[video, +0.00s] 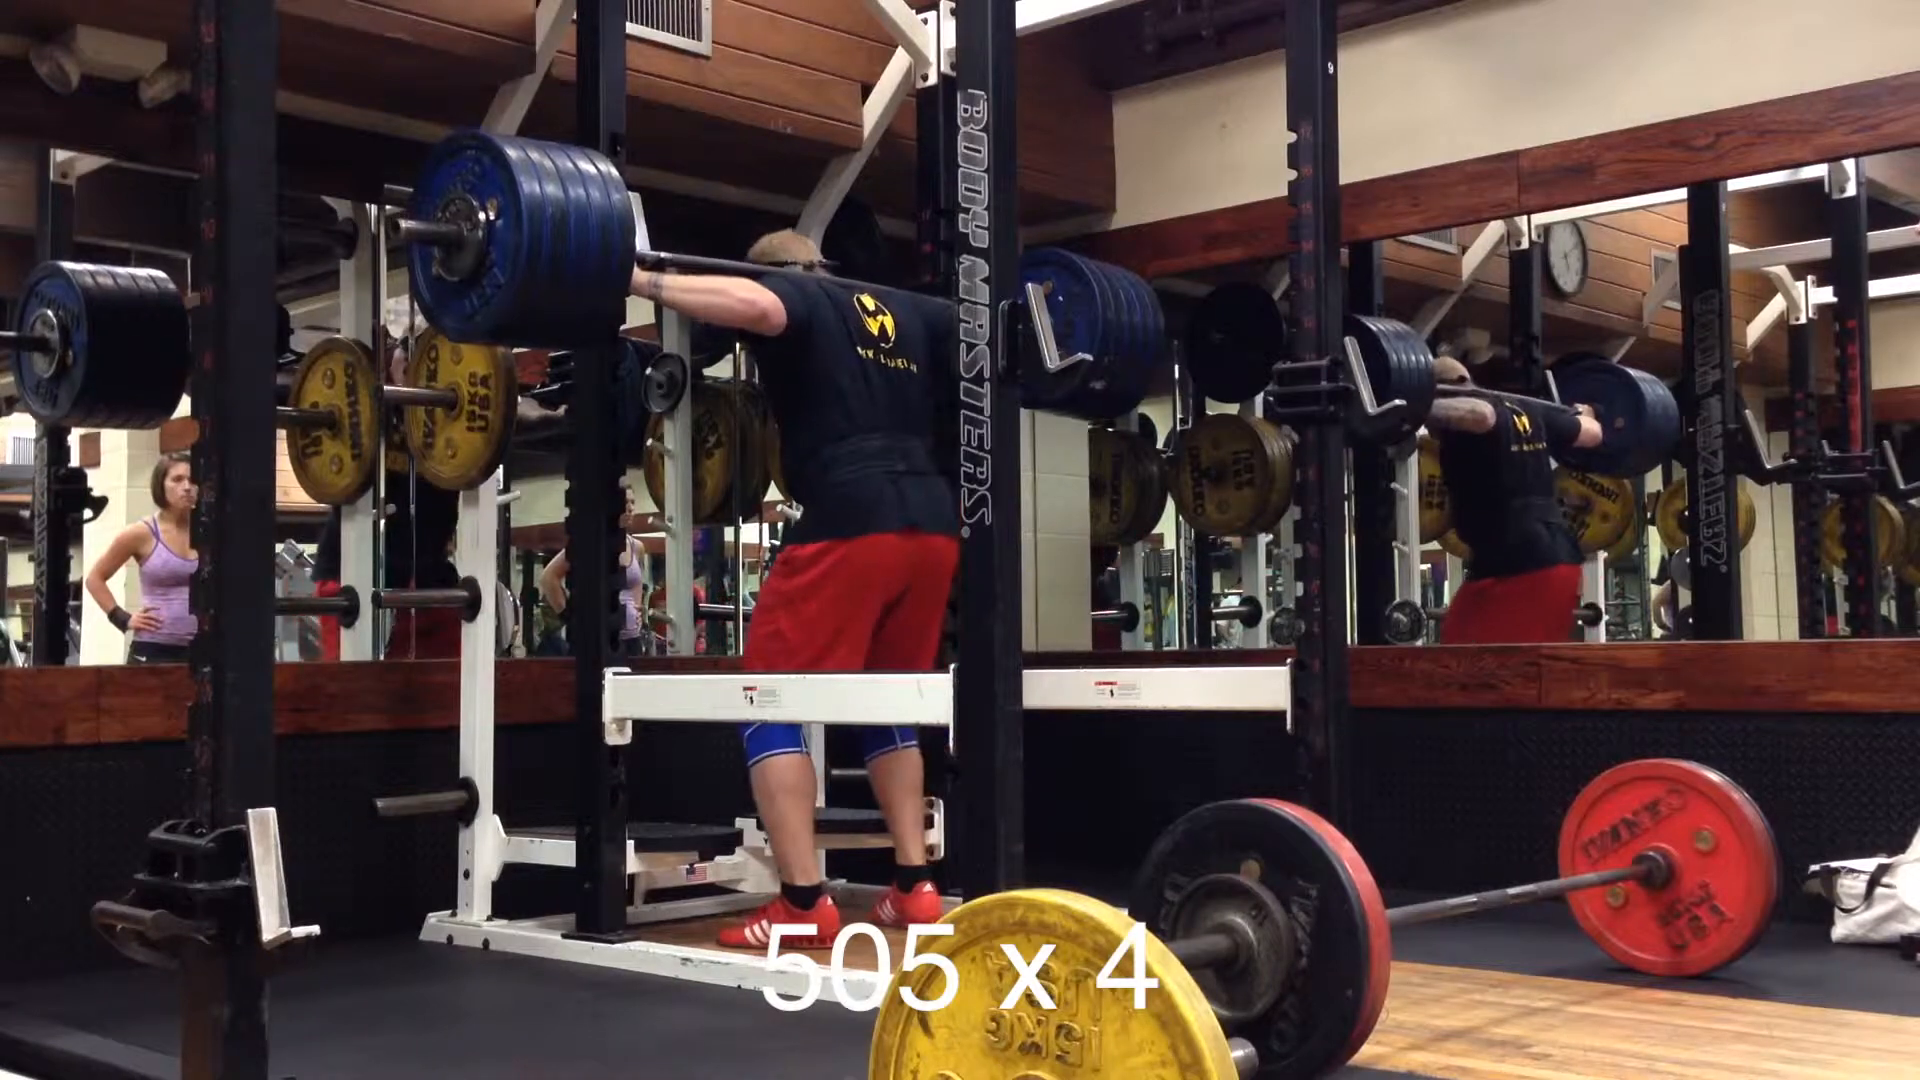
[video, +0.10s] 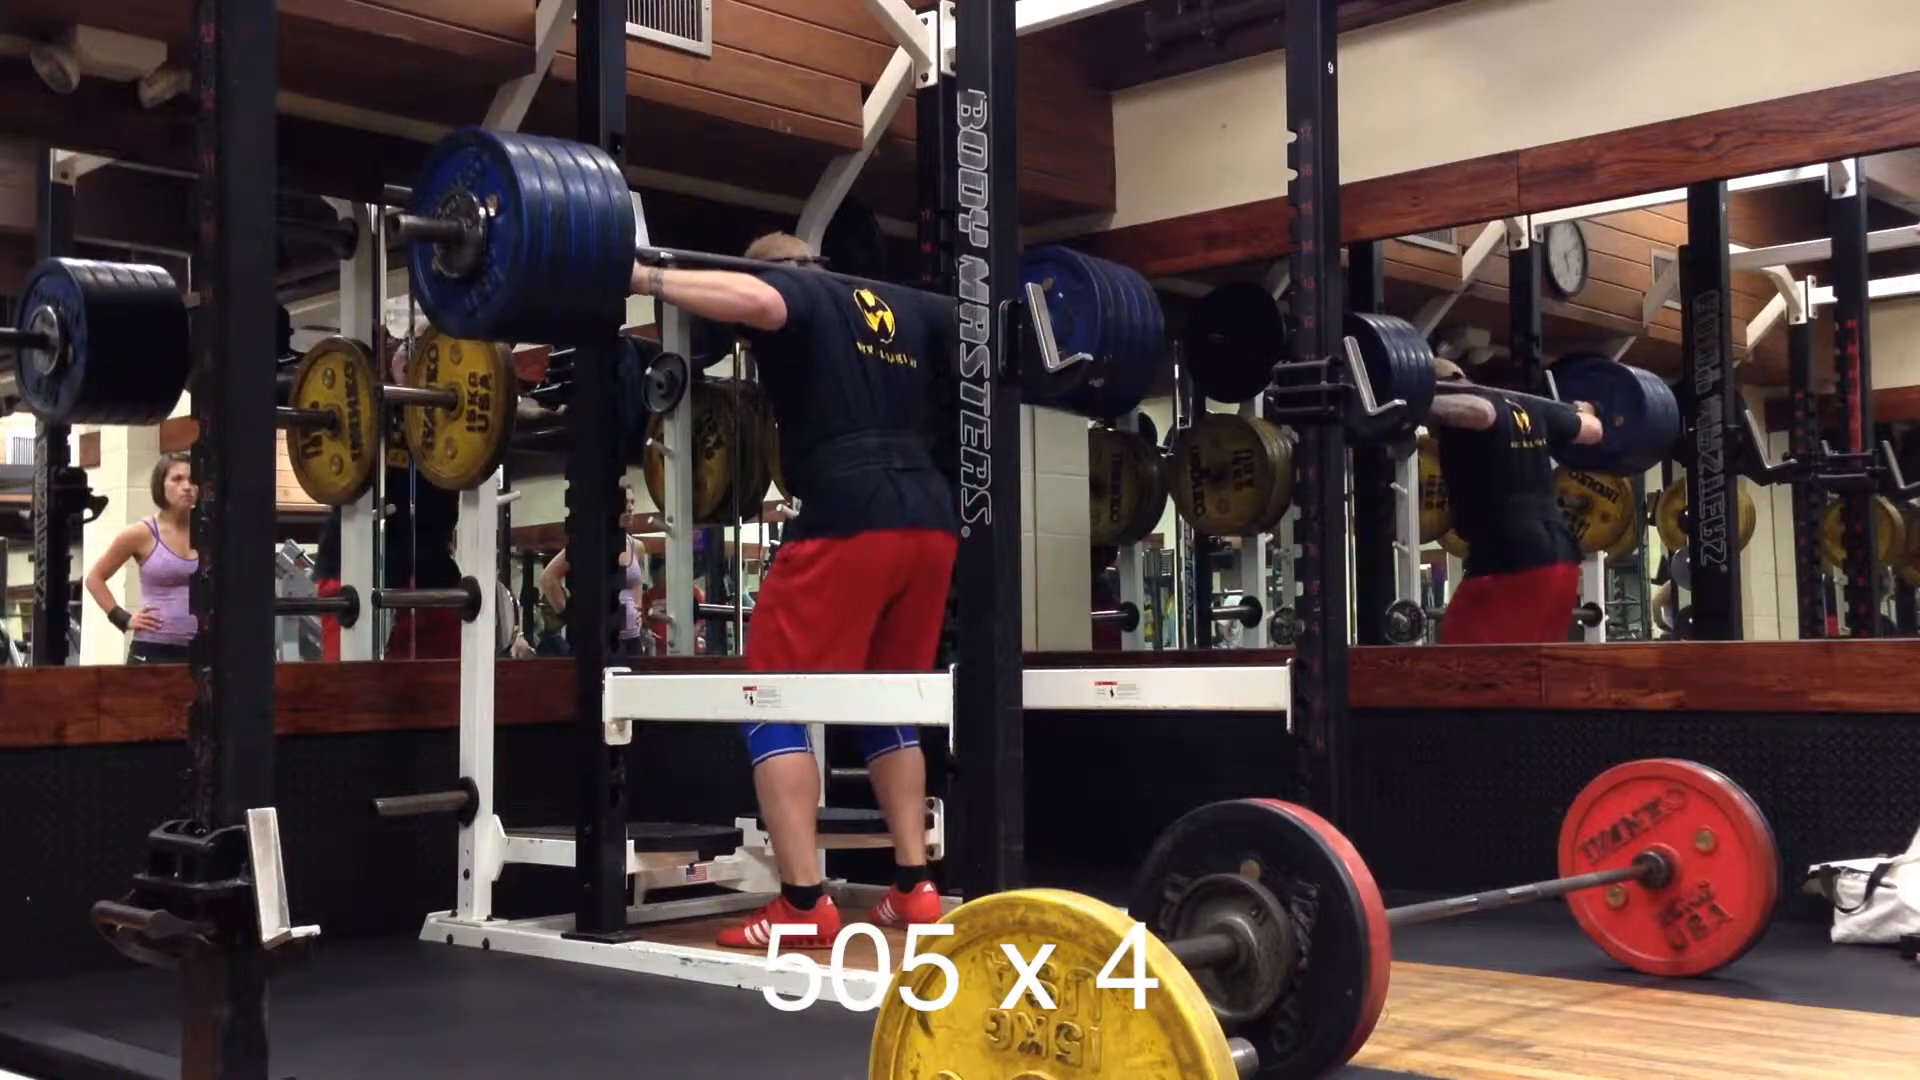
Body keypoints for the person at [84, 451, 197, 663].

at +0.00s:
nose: (187, 487)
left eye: (193, 480)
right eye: (178, 480)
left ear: (200, 486)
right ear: (160, 486)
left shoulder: (205, 530)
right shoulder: (141, 534)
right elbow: (94, 579)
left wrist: (212, 614)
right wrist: (123, 619)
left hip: (200, 647)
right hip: (154, 648)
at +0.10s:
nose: (187, 487)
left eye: (192, 480)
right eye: (178, 479)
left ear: (200, 486)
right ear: (160, 486)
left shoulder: (204, 530)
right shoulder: (141, 534)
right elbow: (94, 579)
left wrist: (212, 614)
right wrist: (123, 619)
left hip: (198, 647)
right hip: (153, 648)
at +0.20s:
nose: (187, 487)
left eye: (193, 480)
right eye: (178, 479)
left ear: (200, 486)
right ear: (161, 486)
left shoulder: (204, 530)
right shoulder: (141, 534)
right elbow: (94, 579)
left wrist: (212, 614)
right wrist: (123, 619)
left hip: (199, 647)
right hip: (153, 648)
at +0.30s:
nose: (186, 487)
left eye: (192, 480)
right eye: (177, 479)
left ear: (200, 487)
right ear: (160, 485)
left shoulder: (204, 530)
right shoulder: (141, 534)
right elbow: (94, 579)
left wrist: (212, 614)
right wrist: (123, 619)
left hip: (199, 647)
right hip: (153, 648)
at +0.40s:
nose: (186, 488)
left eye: (192, 480)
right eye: (177, 480)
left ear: (200, 487)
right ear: (160, 485)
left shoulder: (204, 530)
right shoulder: (140, 534)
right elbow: (94, 579)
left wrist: (212, 614)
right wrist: (123, 619)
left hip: (199, 647)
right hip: (153, 648)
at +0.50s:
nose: (186, 488)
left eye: (192, 480)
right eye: (177, 480)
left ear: (200, 487)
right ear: (160, 485)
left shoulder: (205, 529)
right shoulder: (140, 534)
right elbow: (94, 579)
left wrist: (212, 614)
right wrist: (123, 619)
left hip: (199, 647)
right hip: (153, 648)